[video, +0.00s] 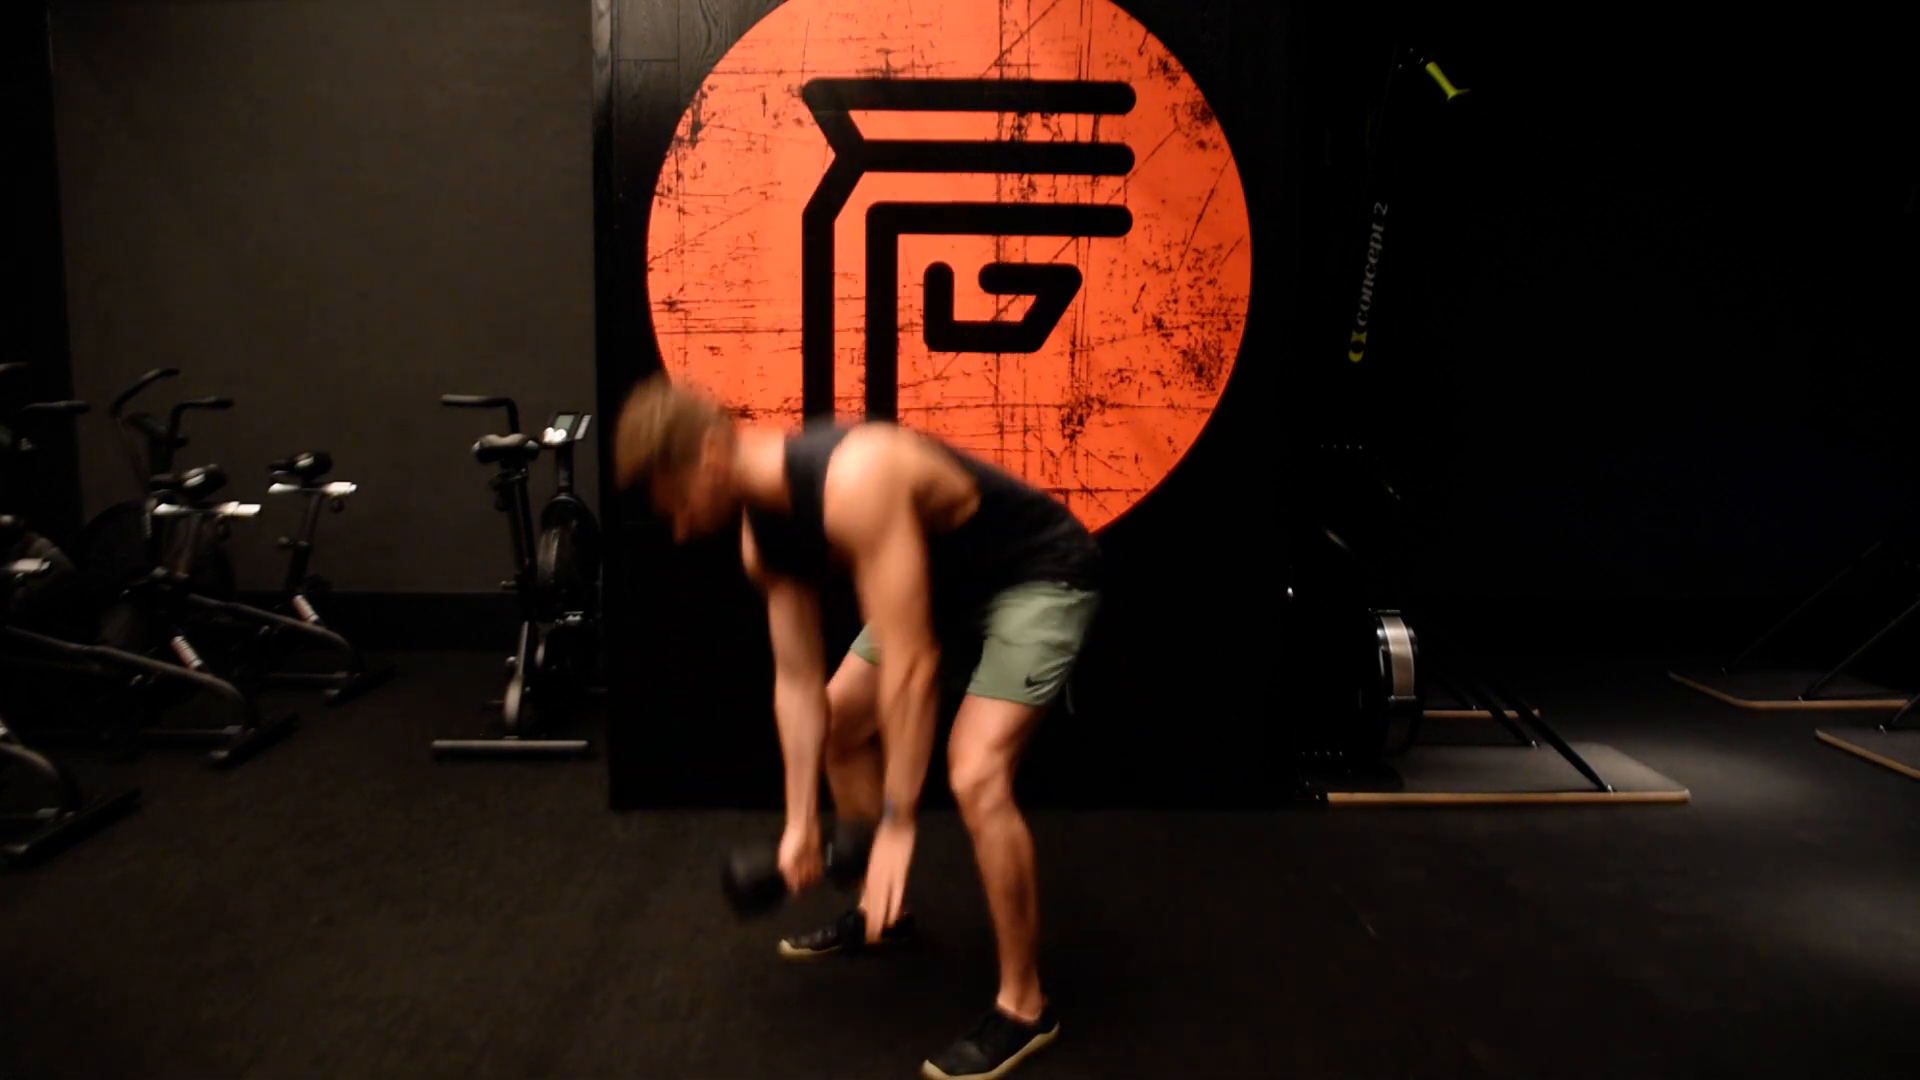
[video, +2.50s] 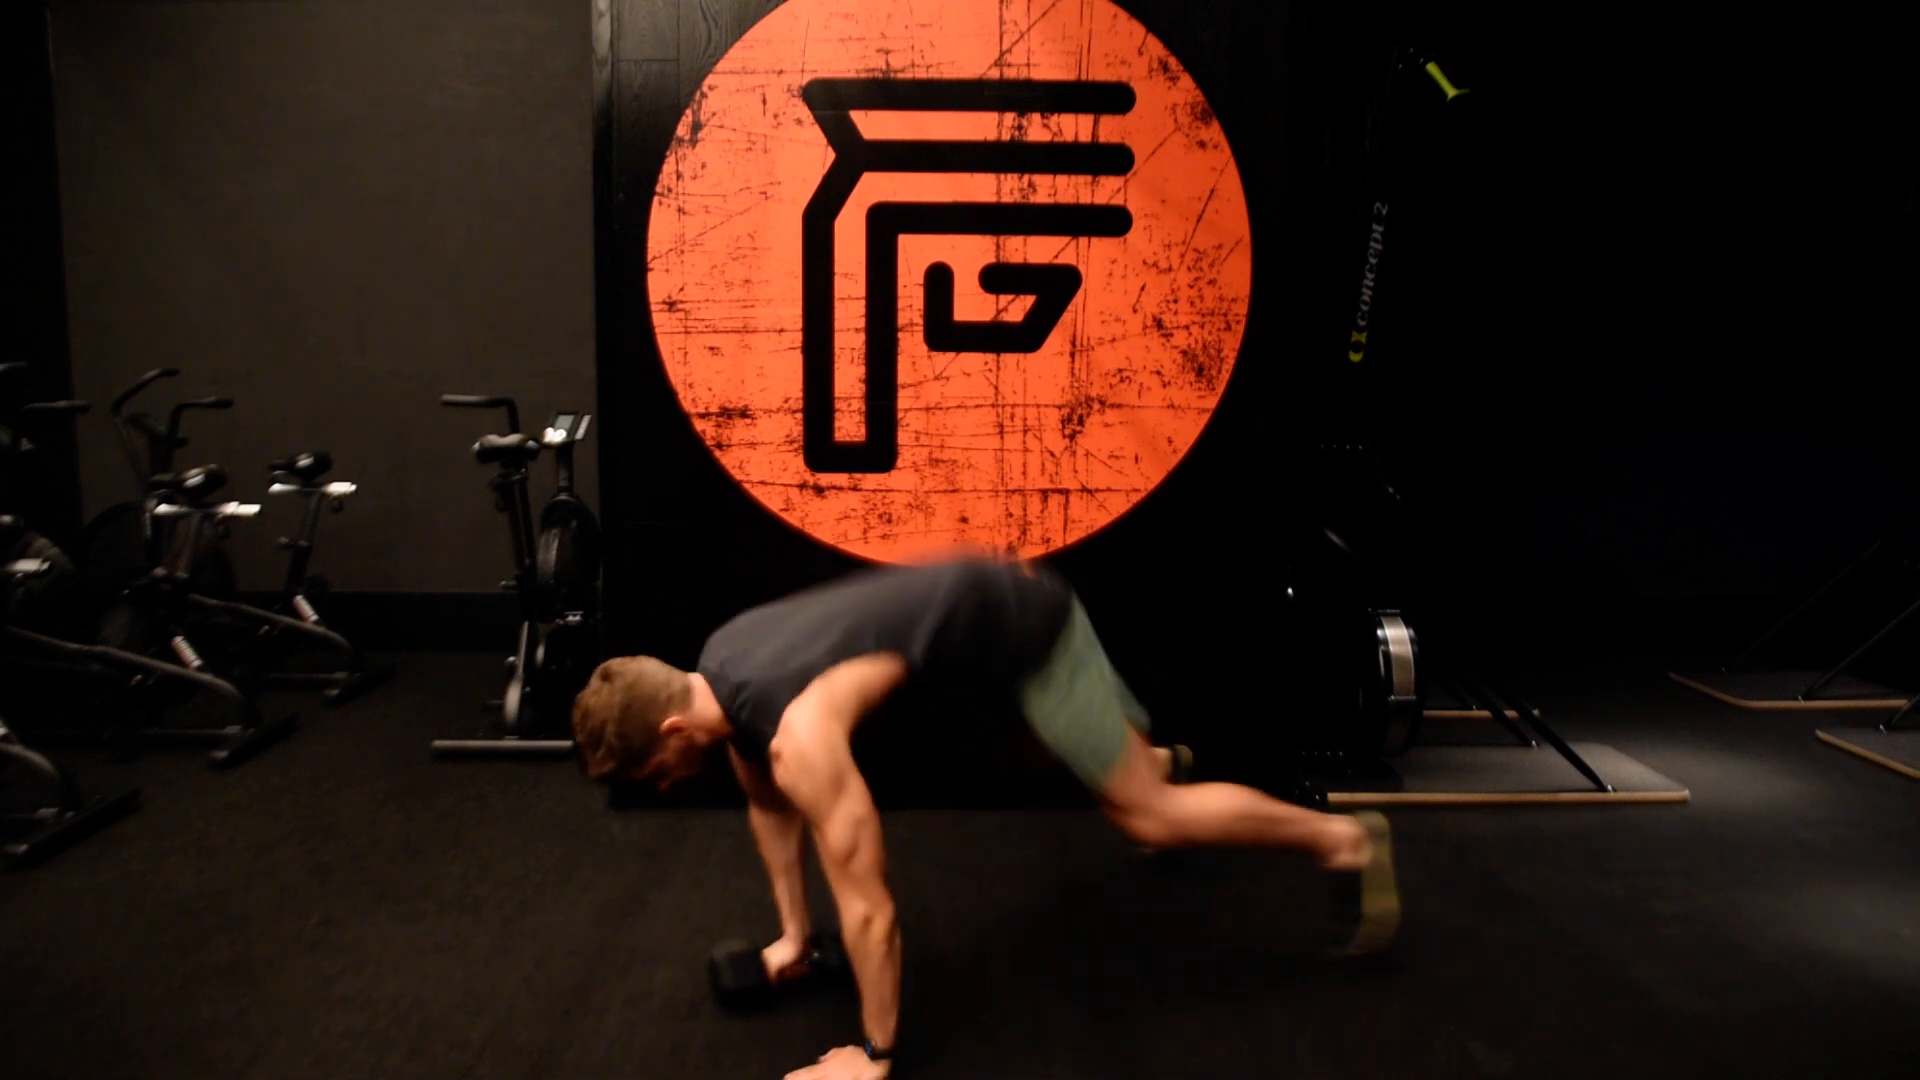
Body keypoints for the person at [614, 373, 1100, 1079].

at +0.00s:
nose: (680, 523)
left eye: (677, 502)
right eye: (667, 510)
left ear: (712, 450)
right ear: (710, 452)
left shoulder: (858, 479)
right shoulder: (766, 529)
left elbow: (911, 659)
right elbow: (795, 676)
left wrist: (896, 826)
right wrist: (799, 821)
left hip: (1036, 573)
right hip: (941, 583)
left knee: (977, 773)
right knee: (838, 720)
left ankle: (1023, 1007)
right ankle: (882, 912)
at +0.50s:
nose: (715, 763)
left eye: (703, 753)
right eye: (699, 762)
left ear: (710, 711)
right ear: (705, 703)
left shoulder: (810, 683)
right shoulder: (735, 642)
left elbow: (850, 879)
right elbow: (774, 794)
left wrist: (844, 1036)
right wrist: (788, 935)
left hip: (1014, 539)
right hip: (925, 540)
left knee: (965, 770)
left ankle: (1027, 1000)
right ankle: (889, 895)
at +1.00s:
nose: (646, 832)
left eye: (639, 816)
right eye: (632, 821)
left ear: (664, 778)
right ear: (666, 747)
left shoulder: (818, 786)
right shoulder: (740, 727)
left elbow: (923, 930)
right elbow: (812, 821)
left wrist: (884, 1053)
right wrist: (797, 934)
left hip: (1039, 817)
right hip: (975, 787)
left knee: (1218, 888)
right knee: (1078, 810)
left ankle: (1407, 873)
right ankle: (1179, 798)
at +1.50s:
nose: (620, 1067)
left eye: (613, 1054)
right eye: (607, 1058)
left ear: (641, 1018)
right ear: (632, 972)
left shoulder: (758, 1005)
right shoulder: (709, 906)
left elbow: (907, 948)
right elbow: (800, 801)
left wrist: (888, 1054)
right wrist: (792, 922)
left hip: (1023, 943)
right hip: (976, 878)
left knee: (1225, 952)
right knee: (1079, 869)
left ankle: (1405, 863)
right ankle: (1189, 785)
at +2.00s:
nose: (637, 880)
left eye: (634, 865)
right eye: (626, 869)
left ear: (666, 835)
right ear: (676, 801)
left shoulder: (811, 864)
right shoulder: (745, 786)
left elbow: (953, 945)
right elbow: (838, 847)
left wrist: (885, 1054)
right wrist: (800, 935)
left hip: (1040, 911)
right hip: (986, 856)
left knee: (1228, 953)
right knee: (1080, 872)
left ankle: (1410, 866)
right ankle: (1191, 778)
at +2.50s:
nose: (662, 787)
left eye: (652, 775)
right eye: (646, 781)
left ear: (674, 736)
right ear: (665, 706)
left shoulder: (796, 731)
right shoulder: (725, 673)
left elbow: (867, 900)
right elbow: (771, 810)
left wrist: (877, 1049)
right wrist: (793, 936)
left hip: (1031, 623)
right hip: (957, 612)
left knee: (1155, 814)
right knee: (1084, 745)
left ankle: (1344, 840)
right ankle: (1153, 756)